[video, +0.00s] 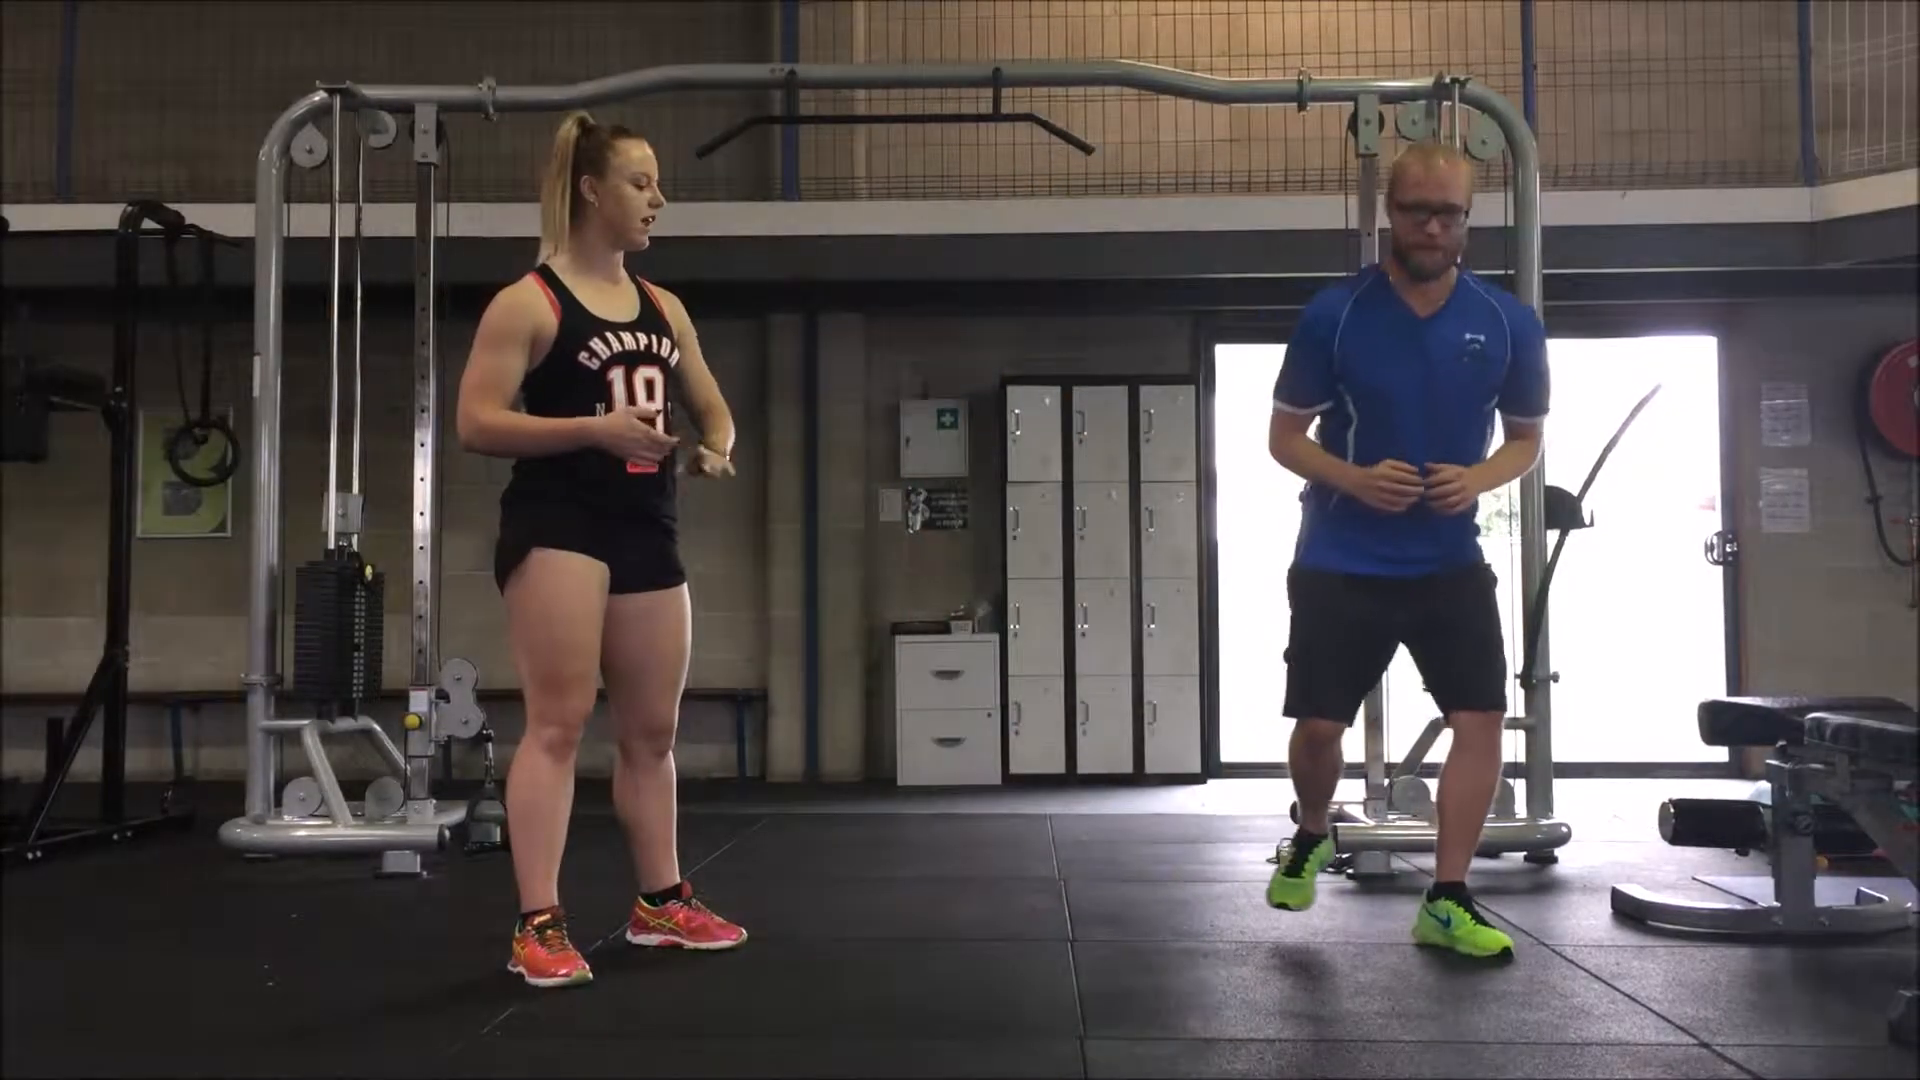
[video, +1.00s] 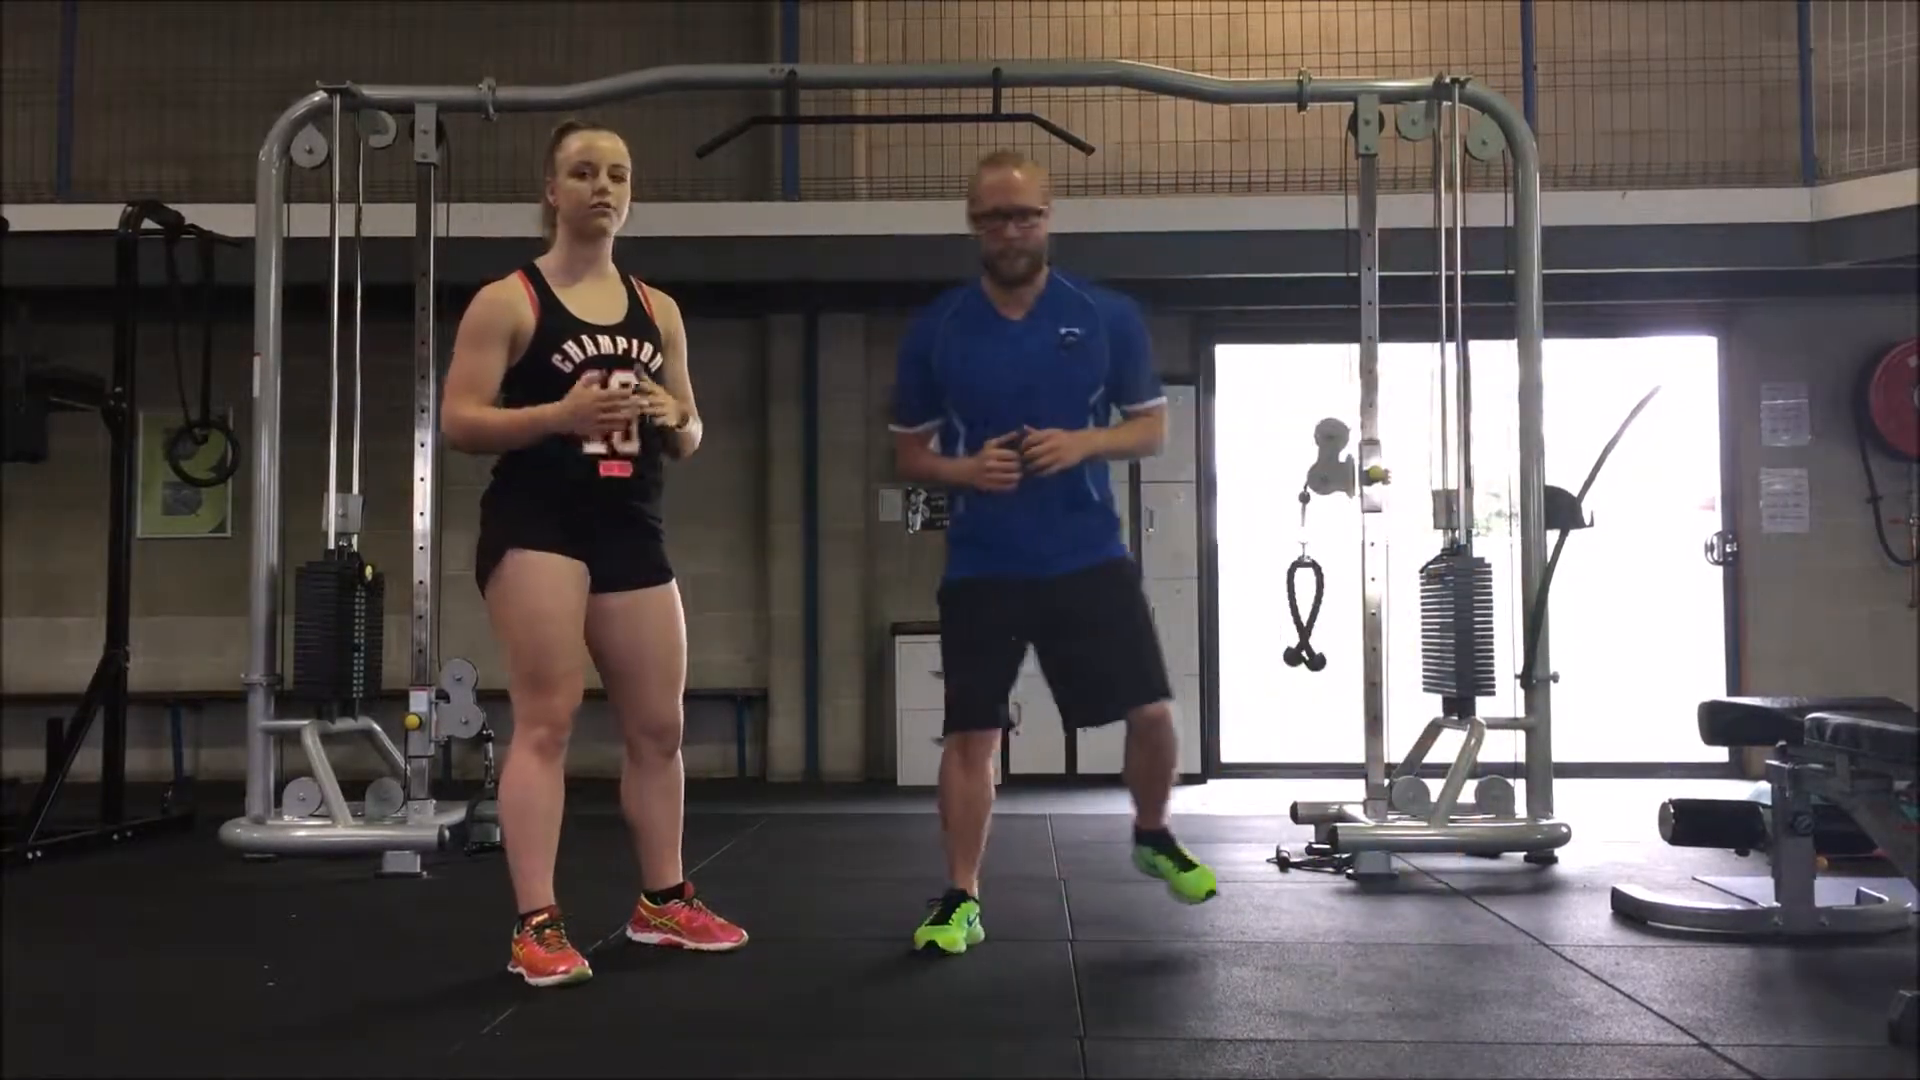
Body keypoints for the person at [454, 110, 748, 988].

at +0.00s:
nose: (655, 200)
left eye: (656, 186)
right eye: (640, 184)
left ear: (622, 199)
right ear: (587, 191)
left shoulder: (662, 306)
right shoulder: (526, 303)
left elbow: (712, 411)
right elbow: (477, 423)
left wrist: (714, 449)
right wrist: (593, 428)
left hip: (648, 536)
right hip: (559, 532)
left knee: (650, 735)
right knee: (555, 726)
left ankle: (662, 903)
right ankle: (539, 925)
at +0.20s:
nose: (657, 199)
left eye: (658, 186)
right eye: (641, 184)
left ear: (626, 199)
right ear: (589, 191)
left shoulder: (662, 309)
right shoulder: (527, 305)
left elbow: (664, 421)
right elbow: (480, 426)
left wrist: (701, 461)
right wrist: (594, 439)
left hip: (648, 536)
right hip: (560, 533)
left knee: (650, 734)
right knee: (555, 727)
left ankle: (662, 902)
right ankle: (539, 924)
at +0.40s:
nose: (654, 200)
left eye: (655, 186)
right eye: (639, 185)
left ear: (621, 199)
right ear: (588, 192)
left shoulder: (659, 311)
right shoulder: (525, 306)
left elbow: (677, 428)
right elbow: (480, 428)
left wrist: (690, 460)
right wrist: (597, 454)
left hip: (644, 534)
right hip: (557, 533)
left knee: (650, 735)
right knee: (554, 727)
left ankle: (662, 902)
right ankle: (538, 925)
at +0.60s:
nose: (640, 192)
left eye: (645, 181)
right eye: (620, 179)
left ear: (646, 198)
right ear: (571, 192)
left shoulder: (659, 312)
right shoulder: (523, 306)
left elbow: (685, 421)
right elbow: (479, 427)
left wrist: (686, 439)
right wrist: (596, 449)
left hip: (641, 535)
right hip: (553, 532)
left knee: (649, 734)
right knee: (552, 726)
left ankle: (662, 903)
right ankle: (538, 926)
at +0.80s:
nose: (613, 189)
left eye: (625, 178)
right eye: (594, 175)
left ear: (639, 199)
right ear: (557, 193)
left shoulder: (660, 311)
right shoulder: (517, 304)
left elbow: (687, 422)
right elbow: (471, 423)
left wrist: (688, 421)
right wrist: (585, 428)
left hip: (637, 533)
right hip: (547, 527)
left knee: (653, 732)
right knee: (549, 722)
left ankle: (662, 902)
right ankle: (538, 924)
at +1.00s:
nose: (601, 188)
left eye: (615, 176)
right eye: (583, 173)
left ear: (630, 196)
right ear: (550, 190)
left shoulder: (658, 310)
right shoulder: (504, 302)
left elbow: (689, 437)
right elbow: (460, 422)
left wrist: (668, 418)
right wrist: (563, 415)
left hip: (630, 530)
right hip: (536, 524)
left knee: (659, 730)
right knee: (545, 719)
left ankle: (665, 901)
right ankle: (537, 924)